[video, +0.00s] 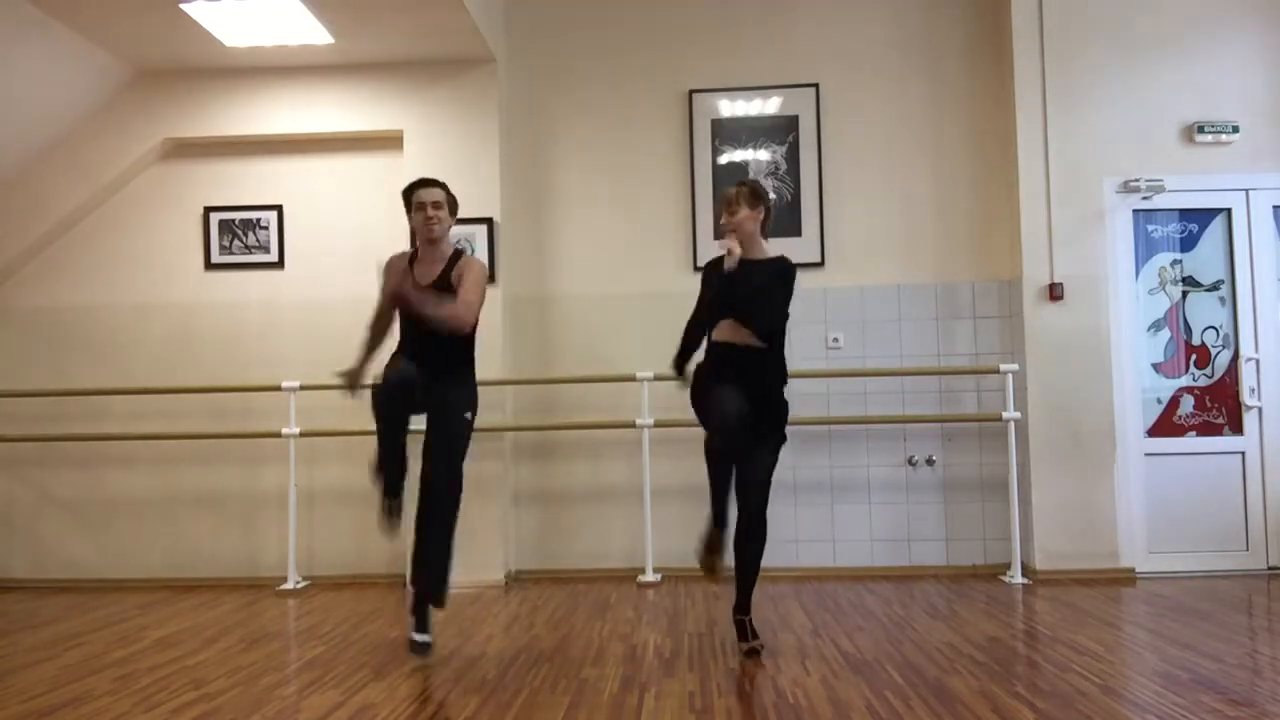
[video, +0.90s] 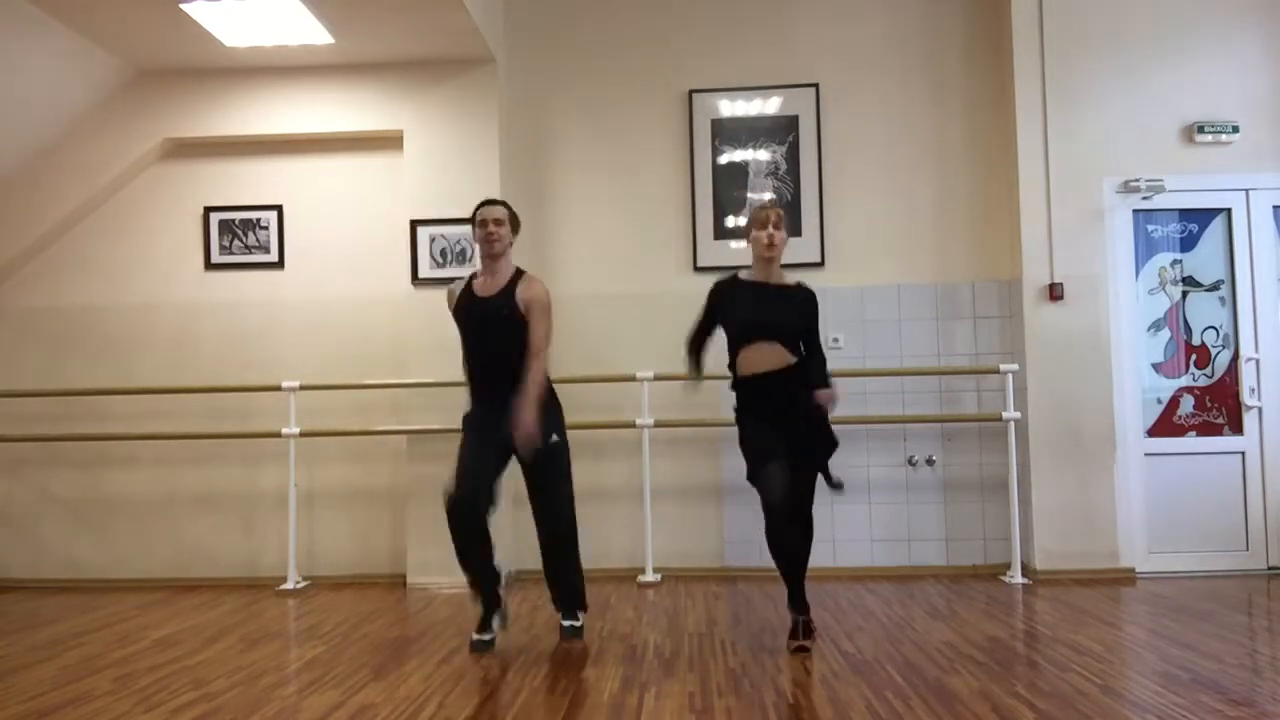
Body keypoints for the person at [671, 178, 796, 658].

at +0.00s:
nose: (730, 217)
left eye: (739, 208)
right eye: (726, 210)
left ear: (761, 214)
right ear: (722, 218)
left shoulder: (780, 268)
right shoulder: (716, 270)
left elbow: (769, 326)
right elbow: (701, 321)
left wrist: (734, 269)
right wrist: (680, 360)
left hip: (765, 385)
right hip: (718, 377)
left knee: (753, 506)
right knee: (727, 422)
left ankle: (743, 611)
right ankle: (717, 525)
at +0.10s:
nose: (732, 227)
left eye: (741, 218)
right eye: (729, 220)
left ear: (766, 222)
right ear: (727, 227)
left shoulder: (791, 275)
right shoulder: (724, 281)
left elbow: (783, 339)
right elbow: (686, 332)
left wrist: (741, 304)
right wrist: (642, 374)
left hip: (767, 398)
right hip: (718, 390)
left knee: (761, 514)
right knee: (688, 450)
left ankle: (742, 616)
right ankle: (672, 518)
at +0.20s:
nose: (732, 230)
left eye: (741, 221)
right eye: (728, 222)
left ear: (766, 224)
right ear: (726, 229)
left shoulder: (796, 280)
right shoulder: (723, 285)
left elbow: (816, 344)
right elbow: (689, 333)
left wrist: (782, 363)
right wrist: (645, 363)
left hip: (776, 415)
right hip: (724, 406)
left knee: (762, 516)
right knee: (681, 492)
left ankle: (739, 618)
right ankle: (624, 583)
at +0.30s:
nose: (734, 222)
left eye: (743, 214)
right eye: (730, 215)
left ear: (767, 220)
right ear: (727, 225)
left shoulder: (796, 276)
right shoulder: (720, 280)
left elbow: (833, 329)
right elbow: (691, 327)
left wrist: (813, 370)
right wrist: (663, 350)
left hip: (779, 396)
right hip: (728, 392)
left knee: (756, 512)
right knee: (691, 489)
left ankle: (737, 616)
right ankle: (680, 580)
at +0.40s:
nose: (749, 220)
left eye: (758, 214)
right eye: (741, 214)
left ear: (773, 223)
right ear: (732, 224)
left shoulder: (799, 273)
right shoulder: (720, 278)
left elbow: (831, 308)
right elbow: (693, 331)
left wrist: (831, 346)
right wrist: (698, 335)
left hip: (776, 397)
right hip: (726, 394)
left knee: (758, 507)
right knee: (728, 502)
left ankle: (742, 615)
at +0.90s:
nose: (768, 234)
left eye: (776, 227)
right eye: (761, 227)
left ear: (786, 237)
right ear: (748, 237)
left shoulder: (801, 295)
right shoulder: (727, 290)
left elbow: (813, 349)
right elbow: (700, 333)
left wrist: (821, 383)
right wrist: (694, 365)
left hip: (801, 404)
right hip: (755, 407)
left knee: (800, 507)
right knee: (776, 503)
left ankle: (798, 600)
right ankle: (799, 609)